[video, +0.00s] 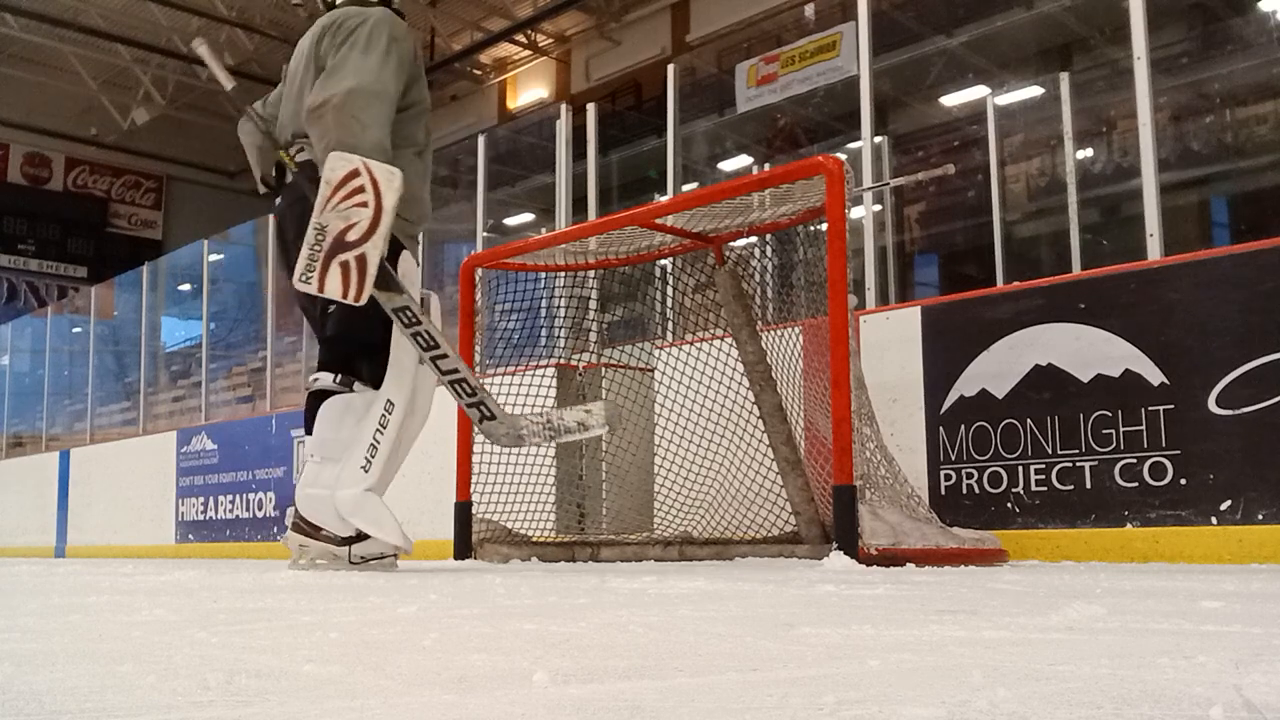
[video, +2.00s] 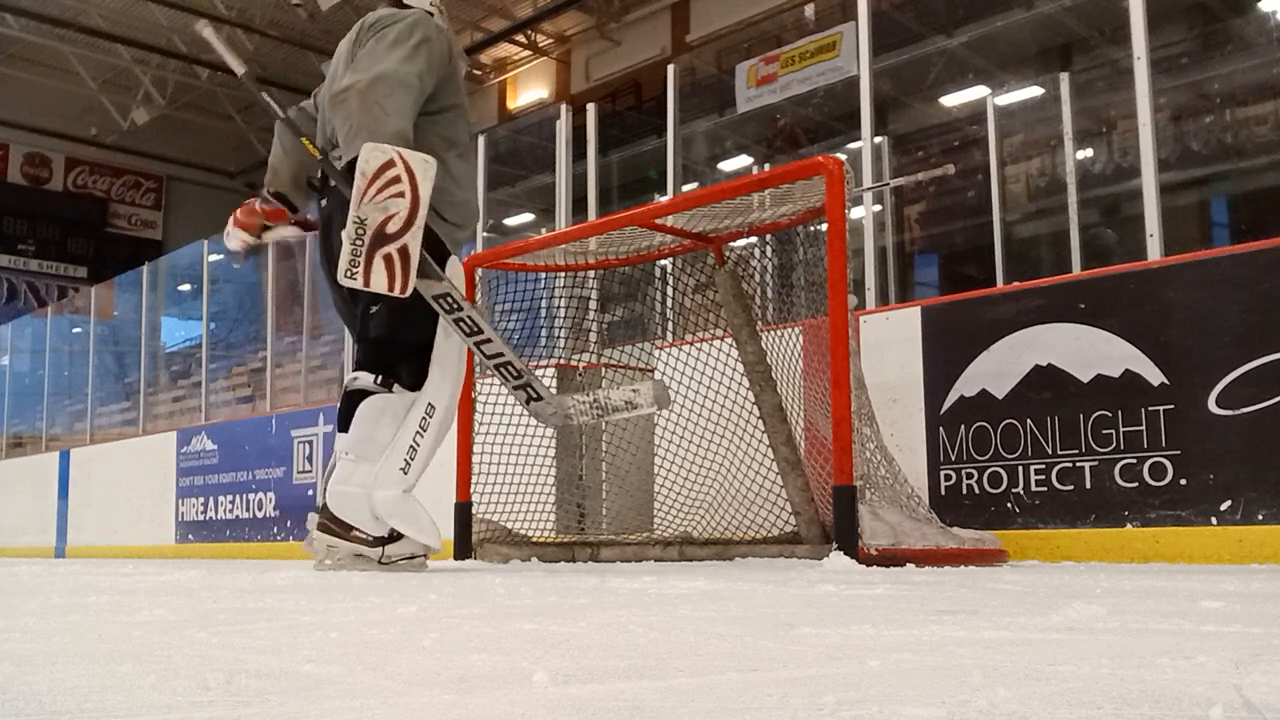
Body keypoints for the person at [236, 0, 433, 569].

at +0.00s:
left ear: (335, 1)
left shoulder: (314, 46)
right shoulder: (375, 26)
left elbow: (259, 117)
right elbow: (347, 117)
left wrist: (272, 175)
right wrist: (355, 233)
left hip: (309, 219)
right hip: (356, 225)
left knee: (346, 366)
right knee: (393, 369)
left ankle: (321, 517)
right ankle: (333, 513)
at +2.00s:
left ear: (386, 1)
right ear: (430, 2)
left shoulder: (358, 47)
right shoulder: (415, 27)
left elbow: (302, 123)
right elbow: (371, 102)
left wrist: (278, 199)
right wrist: (385, 209)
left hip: (359, 231)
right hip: (404, 232)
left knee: (376, 373)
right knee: (416, 376)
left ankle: (349, 514)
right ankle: (363, 516)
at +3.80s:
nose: (545, 25)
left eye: (555, 16)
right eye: (532, 14)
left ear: (568, 27)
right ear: (511, 23)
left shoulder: (588, 112)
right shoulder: (491, 73)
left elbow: (573, 202)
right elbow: (446, 148)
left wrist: (596, 257)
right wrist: (433, 234)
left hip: (568, 270)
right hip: (498, 259)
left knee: (592, 394)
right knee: (518, 394)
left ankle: (583, 523)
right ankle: (513, 529)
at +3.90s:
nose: (554, 13)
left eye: (563, 7)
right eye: (540, 6)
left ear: (578, 20)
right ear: (518, 18)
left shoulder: (603, 108)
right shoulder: (498, 70)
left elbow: (591, 208)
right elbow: (455, 154)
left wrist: (622, 256)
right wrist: (438, 239)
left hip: (585, 274)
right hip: (510, 261)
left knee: (617, 391)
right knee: (527, 398)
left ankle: (606, 521)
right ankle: (524, 529)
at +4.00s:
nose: (559, 13)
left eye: (570, 5)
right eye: (547, 5)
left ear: (587, 16)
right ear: (528, 15)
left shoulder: (619, 101)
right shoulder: (504, 76)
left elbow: (612, 209)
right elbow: (463, 164)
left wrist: (649, 255)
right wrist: (457, 243)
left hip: (605, 273)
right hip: (521, 263)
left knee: (646, 388)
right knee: (551, 390)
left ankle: (637, 526)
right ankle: (529, 534)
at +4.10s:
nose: (574, 13)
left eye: (585, 5)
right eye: (562, 5)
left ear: (603, 16)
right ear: (543, 15)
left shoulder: (639, 96)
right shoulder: (515, 78)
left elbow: (646, 198)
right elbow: (476, 164)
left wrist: (670, 250)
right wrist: (470, 237)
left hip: (623, 277)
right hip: (536, 267)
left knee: (662, 382)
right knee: (562, 383)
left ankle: (657, 530)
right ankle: (531, 534)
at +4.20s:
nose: (598, 18)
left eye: (609, 9)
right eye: (586, 9)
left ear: (626, 18)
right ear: (567, 19)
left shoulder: (662, 96)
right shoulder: (533, 80)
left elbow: (678, 180)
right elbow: (495, 160)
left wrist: (711, 234)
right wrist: (483, 227)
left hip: (640, 271)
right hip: (551, 266)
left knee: (676, 392)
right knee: (558, 395)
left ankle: (675, 532)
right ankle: (530, 536)